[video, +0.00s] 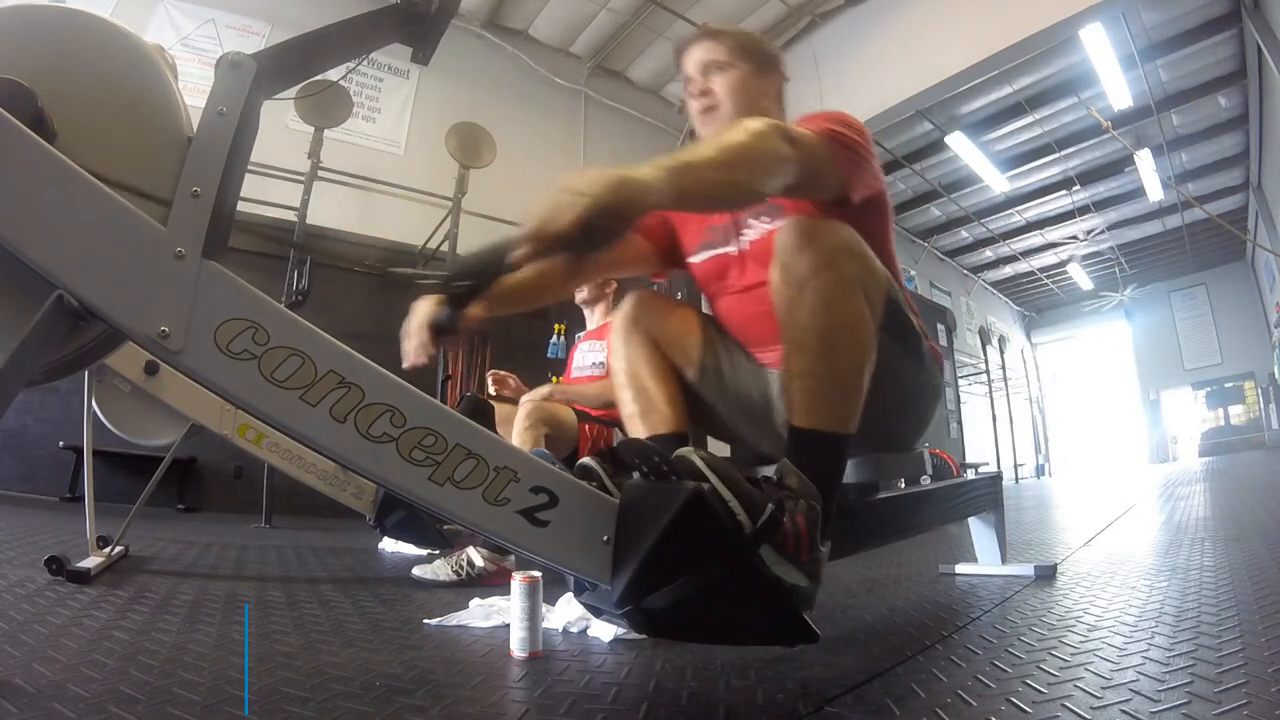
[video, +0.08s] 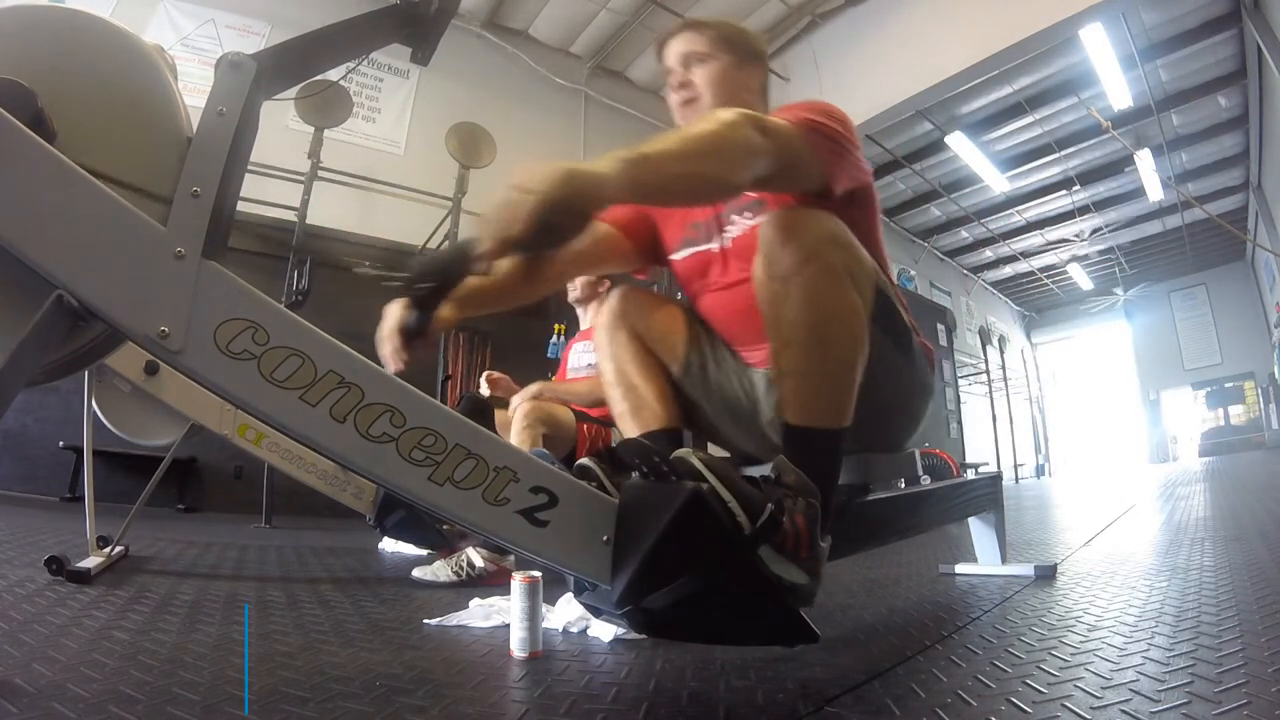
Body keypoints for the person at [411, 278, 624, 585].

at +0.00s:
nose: (578, 281)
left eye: (588, 275)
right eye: (579, 276)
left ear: (611, 285)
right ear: (573, 284)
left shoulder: (623, 326)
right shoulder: (583, 341)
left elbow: (617, 391)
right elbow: (573, 395)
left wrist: (554, 390)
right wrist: (526, 394)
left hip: (610, 428)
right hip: (573, 424)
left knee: (535, 413)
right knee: (477, 412)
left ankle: (500, 551)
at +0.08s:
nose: (571, 279)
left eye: (581, 273)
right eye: (572, 273)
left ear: (604, 284)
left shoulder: (616, 327)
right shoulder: (577, 339)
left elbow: (610, 388)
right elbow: (564, 392)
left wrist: (543, 388)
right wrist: (517, 391)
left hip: (608, 429)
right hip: (570, 424)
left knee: (531, 413)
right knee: (476, 412)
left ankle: (497, 552)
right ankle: (461, 531)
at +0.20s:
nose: (553, 277)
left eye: (563, 272)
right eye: (555, 272)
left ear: (586, 282)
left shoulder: (598, 321)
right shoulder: (561, 336)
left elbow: (586, 384)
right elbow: (541, 389)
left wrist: (514, 388)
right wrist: (490, 392)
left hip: (602, 428)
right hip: (562, 422)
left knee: (525, 413)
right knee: (479, 408)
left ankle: (496, 551)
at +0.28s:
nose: (545, 278)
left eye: (555, 273)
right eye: (548, 273)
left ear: (576, 280)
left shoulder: (594, 321)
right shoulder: (551, 341)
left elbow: (574, 385)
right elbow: (523, 388)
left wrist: (500, 392)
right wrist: (475, 394)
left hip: (601, 428)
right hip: (558, 422)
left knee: (520, 412)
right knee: (465, 407)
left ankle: (494, 551)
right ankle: (442, 529)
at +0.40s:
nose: (527, 292)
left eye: (533, 284)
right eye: (525, 285)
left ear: (554, 286)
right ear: (524, 292)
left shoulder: (579, 322)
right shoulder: (531, 342)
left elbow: (555, 390)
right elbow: (499, 395)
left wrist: (481, 401)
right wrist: (448, 404)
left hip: (590, 429)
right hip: (542, 425)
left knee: (509, 411)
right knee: (468, 409)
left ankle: (494, 550)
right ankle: (432, 535)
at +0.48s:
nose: (510, 285)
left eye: (515, 276)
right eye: (510, 278)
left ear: (537, 281)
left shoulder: (572, 320)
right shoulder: (521, 342)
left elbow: (550, 387)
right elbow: (494, 396)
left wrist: (481, 403)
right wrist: (454, 404)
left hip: (586, 430)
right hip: (532, 425)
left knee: (505, 410)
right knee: (468, 411)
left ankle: (493, 549)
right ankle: (435, 534)